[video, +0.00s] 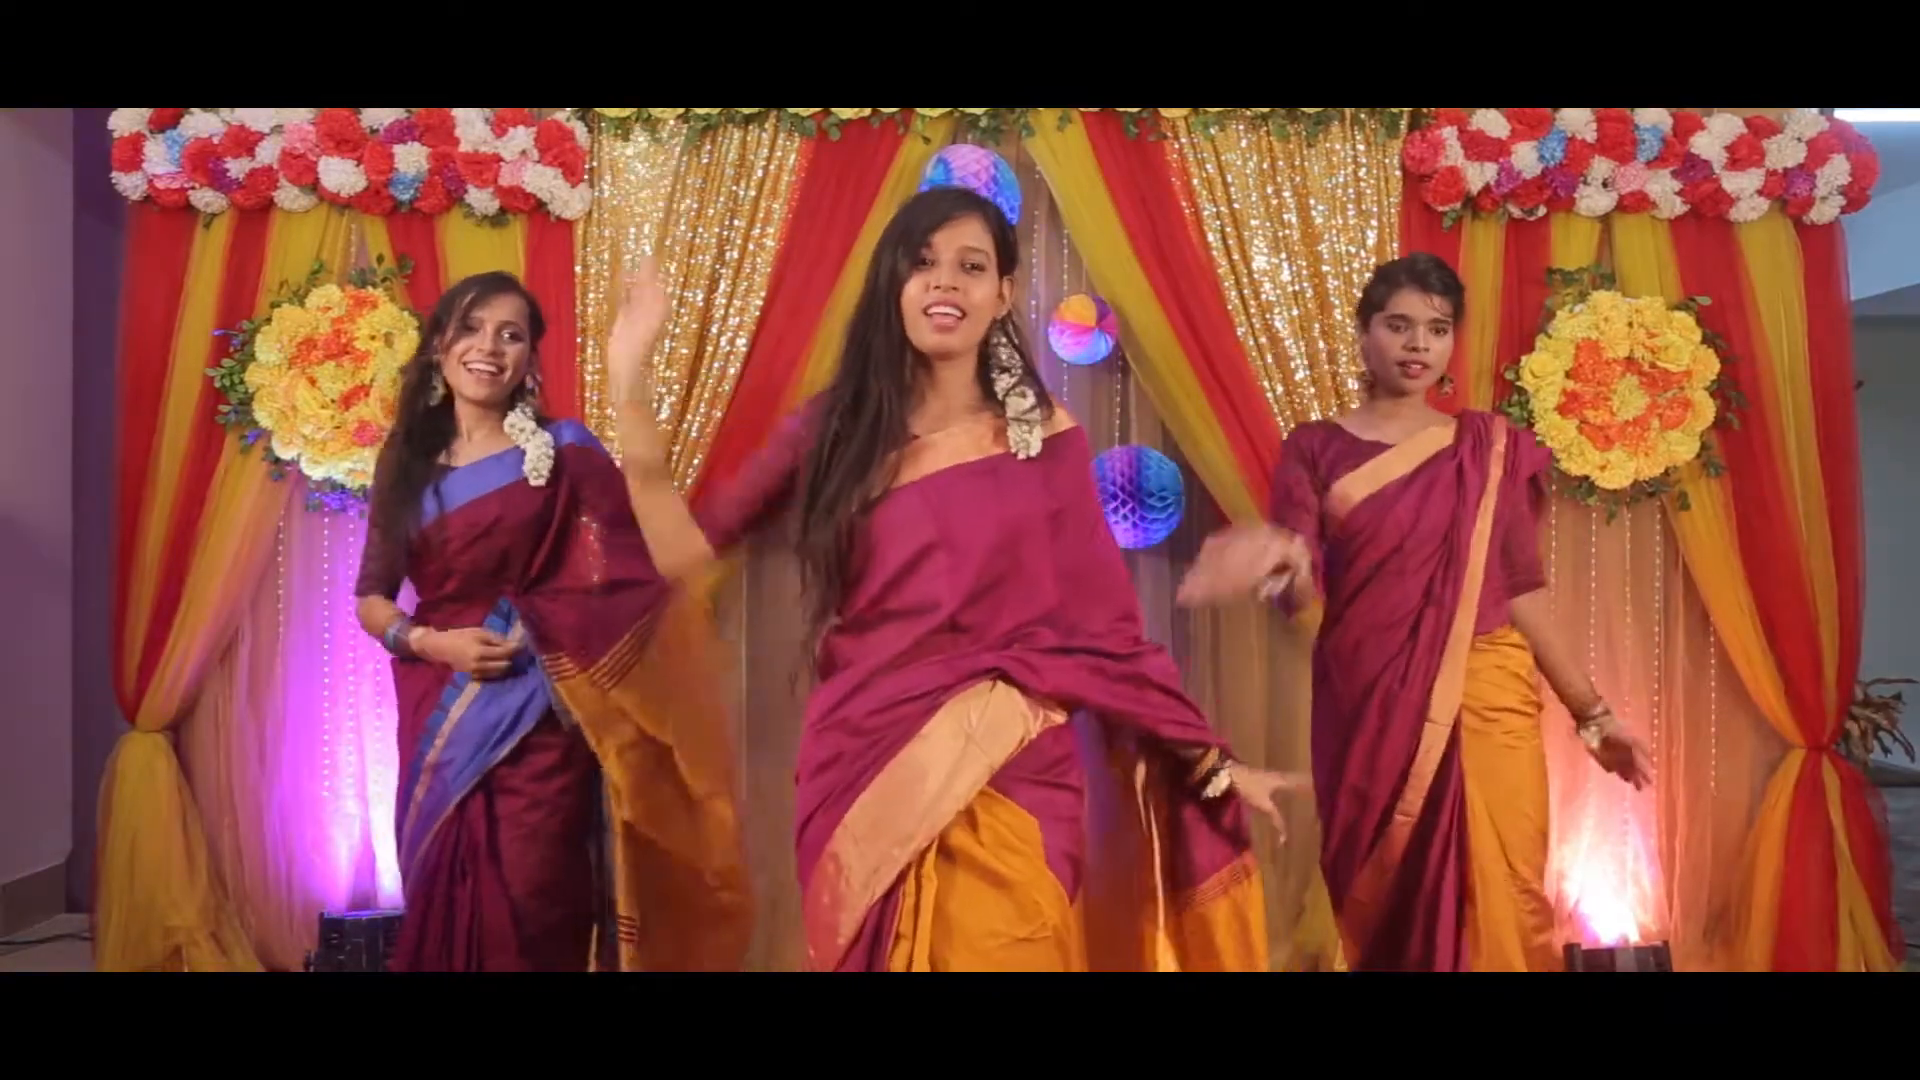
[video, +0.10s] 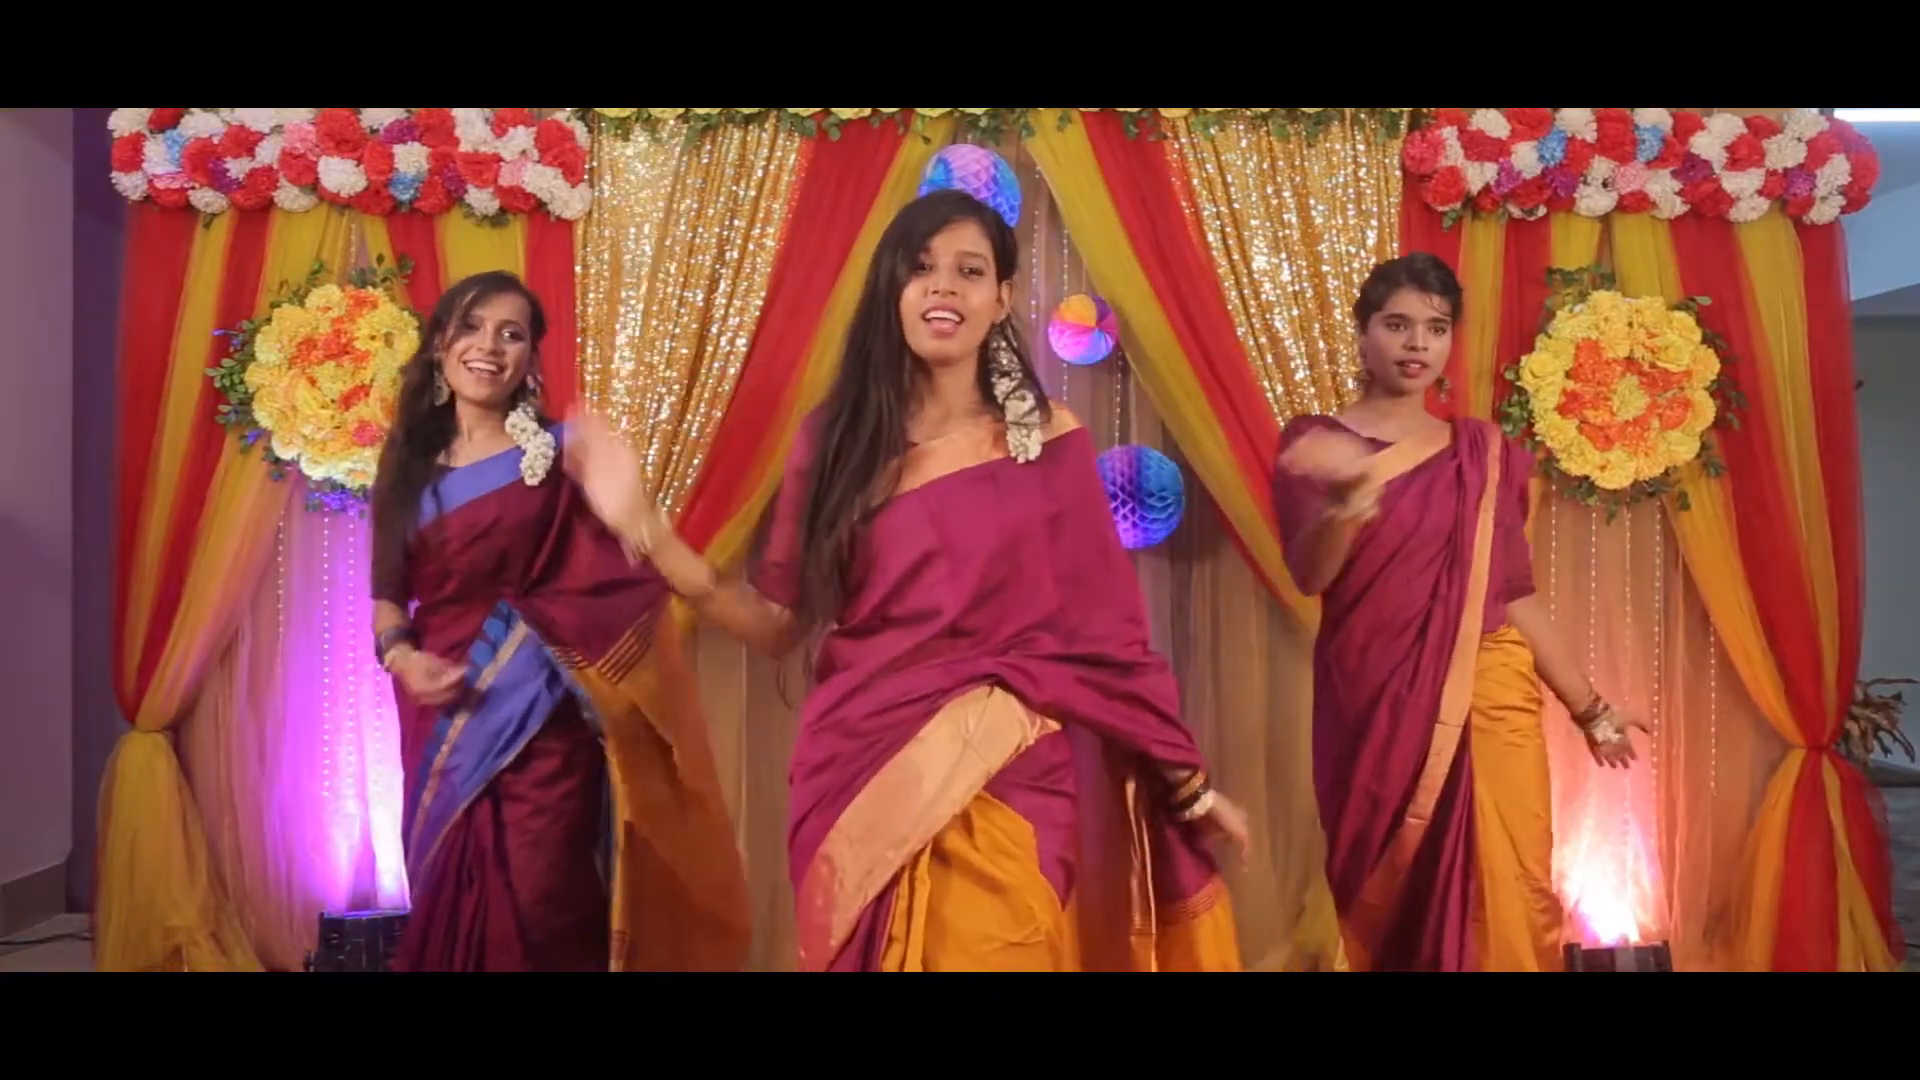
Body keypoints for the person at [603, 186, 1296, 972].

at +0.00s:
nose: (944, 285)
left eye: (972, 267)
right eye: (922, 264)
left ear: (1004, 296)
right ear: (892, 285)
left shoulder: (1044, 433)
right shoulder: (840, 427)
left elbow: (1109, 626)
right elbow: (678, 548)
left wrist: (1211, 763)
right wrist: (627, 385)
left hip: (1024, 757)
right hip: (871, 757)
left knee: (1007, 953)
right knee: (875, 956)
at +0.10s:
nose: (943, 290)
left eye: (969, 272)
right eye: (922, 268)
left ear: (1003, 301)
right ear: (889, 289)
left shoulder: (1048, 436)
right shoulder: (834, 439)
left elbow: (1109, 631)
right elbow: (772, 619)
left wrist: (1186, 782)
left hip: (1020, 764)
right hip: (866, 763)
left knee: (998, 952)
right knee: (864, 956)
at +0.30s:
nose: (930, 295)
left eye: (959, 279)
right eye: (913, 273)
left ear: (993, 308)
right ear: (880, 292)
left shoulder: (1041, 423)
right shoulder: (836, 447)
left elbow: (1103, 603)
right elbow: (793, 624)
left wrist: (1159, 739)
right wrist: (700, 520)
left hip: (1019, 752)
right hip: (868, 754)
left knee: (991, 949)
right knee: (867, 951)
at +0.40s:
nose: (932, 307)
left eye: (959, 288)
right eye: (912, 283)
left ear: (992, 313)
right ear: (879, 303)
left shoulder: (1038, 430)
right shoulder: (840, 443)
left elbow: (1102, 620)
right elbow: (766, 596)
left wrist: (1206, 757)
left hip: (1021, 749)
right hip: (871, 751)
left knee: (992, 948)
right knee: (872, 953)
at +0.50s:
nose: (936, 310)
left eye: (963, 292)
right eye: (917, 287)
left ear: (994, 311)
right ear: (883, 300)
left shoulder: (1034, 443)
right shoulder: (835, 419)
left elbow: (1091, 615)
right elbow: (762, 522)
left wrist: (1187, 718)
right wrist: (923, 454)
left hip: (1018, 749)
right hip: (871, 747)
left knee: (1007, 947)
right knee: (876, 955)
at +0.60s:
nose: (945, 317)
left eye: (969, 296)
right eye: (922, 294)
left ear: (1002, 312)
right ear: (888, 308)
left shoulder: (1037, 460)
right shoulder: (837, 407)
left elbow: (1102, 620)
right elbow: (787, 474)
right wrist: (946, 446)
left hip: (1020, 741)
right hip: (878, 734)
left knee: (1023, 936)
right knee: (881, 940)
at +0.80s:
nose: (949, 323)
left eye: (972, 300)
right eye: (925, 304)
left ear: (1008, 316)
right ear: (896, 323)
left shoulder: (1054, 473)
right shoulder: (844, 440)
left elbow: (1126, 655)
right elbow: (696, 532)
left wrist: (1007, 664)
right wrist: (855, 436)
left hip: (1003, 788)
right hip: (856, 779)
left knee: (1022, 951)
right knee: (869, 952)